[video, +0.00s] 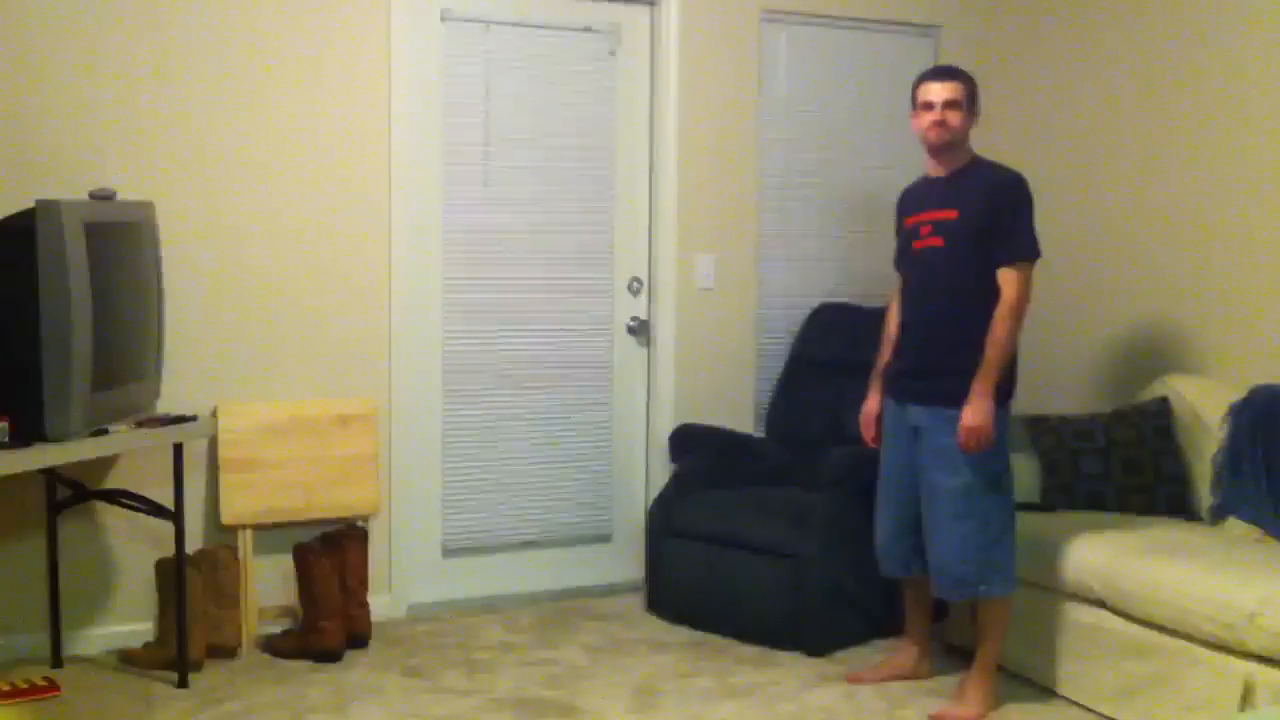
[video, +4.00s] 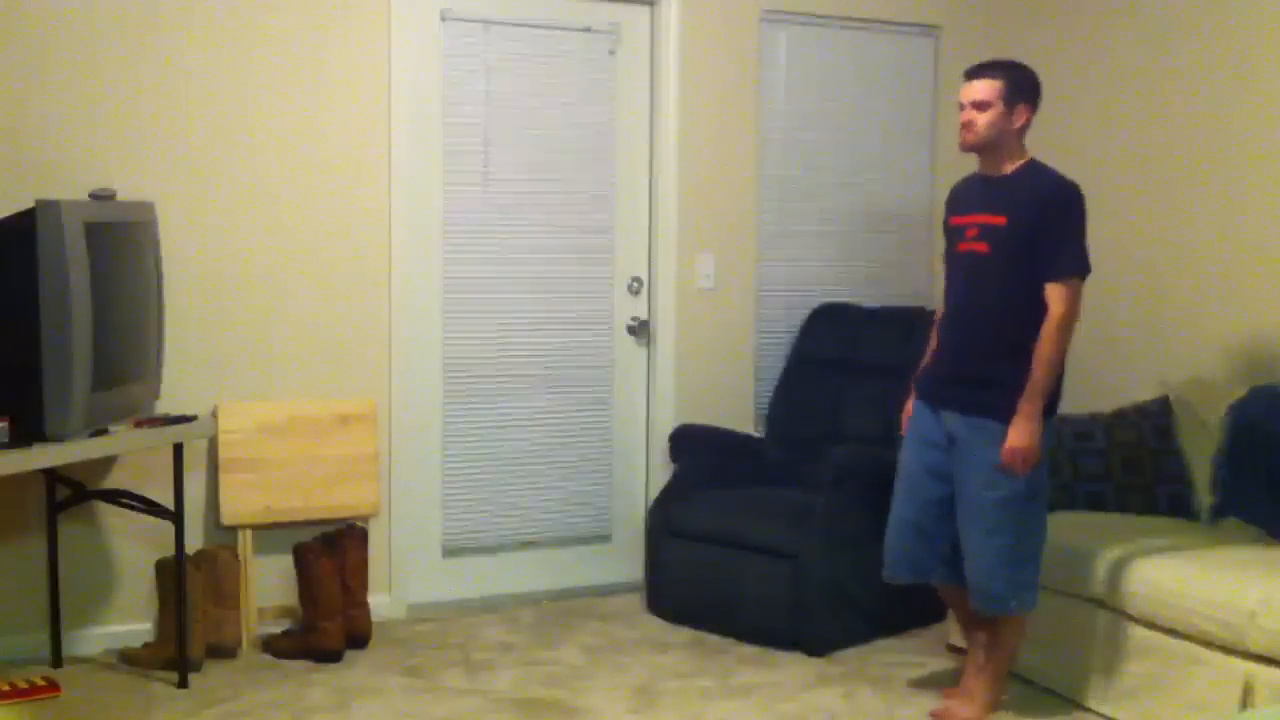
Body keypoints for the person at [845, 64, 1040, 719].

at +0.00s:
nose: (939, 117)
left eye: (952, 107)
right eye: (927, 107)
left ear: (972, 118)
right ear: (913, 119)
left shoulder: (1003, 188)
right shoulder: (911, 200)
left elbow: (1012, 300)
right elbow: (903, 299)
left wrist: (983, 395)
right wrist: (877, 387)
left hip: (966, 401)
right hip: (905, 397)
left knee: (982, 543)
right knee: (909, 529)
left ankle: (982, 677)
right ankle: (914, 650)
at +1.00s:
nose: (932, 118)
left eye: (945, 107)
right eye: (922, 108)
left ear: (970, 117)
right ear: (911, 118)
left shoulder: (1000, 189)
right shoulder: (909, 201)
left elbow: (1011, 296)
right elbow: (901, 298)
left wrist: (980, 396)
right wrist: (874, 387)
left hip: (963, 404)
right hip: (903, 400)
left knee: (979, 543)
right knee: (908, 531)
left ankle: (983, 678)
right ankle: (913, 650)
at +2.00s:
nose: (928, 118)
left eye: (941, 108)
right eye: (918, 109)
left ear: (967, 116)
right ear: (909, 121)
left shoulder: (999, 189)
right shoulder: (910, 201)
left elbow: (1010, 298)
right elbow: (902, 298)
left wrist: (979, 397)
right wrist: (875, 387)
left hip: (963, 403)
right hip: (903, 398)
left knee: (979, 541)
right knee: (907, 529)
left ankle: (983, 678)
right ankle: (914, 650)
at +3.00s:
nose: (943, 131)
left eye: (956, 118)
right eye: (938, 121)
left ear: (996, 116)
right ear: (937, 125)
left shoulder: (1038, 195)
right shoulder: (946, 200)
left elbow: (1052, 308)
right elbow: (940, 302)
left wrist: (1025, 410)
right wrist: (911, 384)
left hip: (1001, 416)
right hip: (937, 406)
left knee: (1001, 556)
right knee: (919, 536)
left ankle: (985, 682)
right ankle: (935, 655)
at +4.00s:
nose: (964, 117)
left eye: (979, 107)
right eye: (962, 107)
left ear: (1020, 115)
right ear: (963, 115)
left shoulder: (1055, 196)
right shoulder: (961, 198)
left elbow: (1061, 312)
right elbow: (951, 306)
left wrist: (1029, 414)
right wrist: (918, 389)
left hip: (1002, 417)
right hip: (937, 406)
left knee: (999, 562)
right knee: (925, 538)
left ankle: (987, 690)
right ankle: (977, 644)